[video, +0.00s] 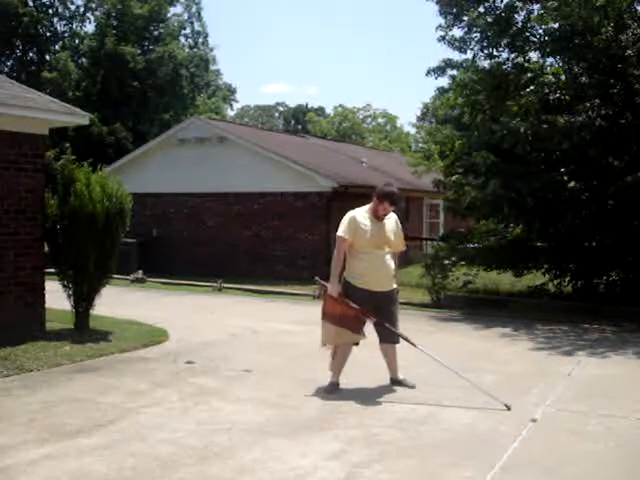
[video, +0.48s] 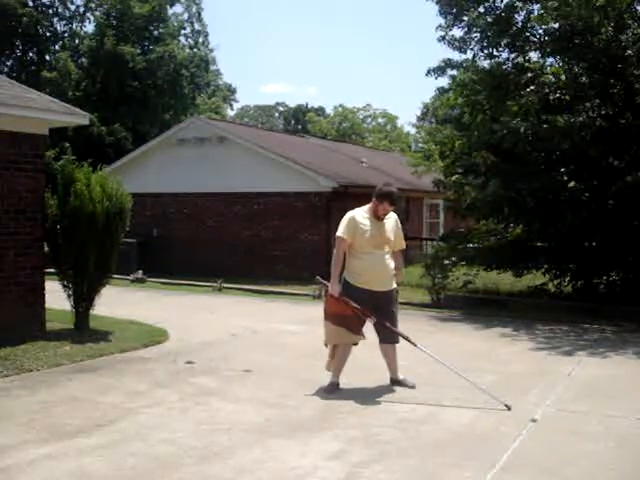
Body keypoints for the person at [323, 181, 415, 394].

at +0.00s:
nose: (386, 211)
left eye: (390, 208)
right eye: (384, 206)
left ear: (393, 207)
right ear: (375, 200)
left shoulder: (392, 221)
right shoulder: (354, 218)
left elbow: (395, 252)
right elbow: (340, 250)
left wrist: (390, 276)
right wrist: (334, 281)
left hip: (386, 290)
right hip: (356, 288)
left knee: (389, 337)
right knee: (346, 335)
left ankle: (395, 376)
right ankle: (334, 380)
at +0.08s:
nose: (386, 211)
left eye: (390, 208)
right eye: (384, 206)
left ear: (393, 207)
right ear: (375, 200)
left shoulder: (393, 221)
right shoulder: (354, 218)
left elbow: (396, 253)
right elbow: (340, 250)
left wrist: (392, 277)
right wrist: (334, 280)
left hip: (386, 290)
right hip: (356, 287)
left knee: (389, 337)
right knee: (346, 335)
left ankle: (395, 376)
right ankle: (334, 380)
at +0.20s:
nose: (386, 212)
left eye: (390, 208)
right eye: (384, 206)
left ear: (393, 206)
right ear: (375, 201)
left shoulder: (393, 220)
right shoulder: (354, 218)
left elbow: (396, 252)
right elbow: (339, 250)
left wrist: (398, 275)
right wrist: (334, 281)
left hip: (386, 289)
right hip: (356, 287)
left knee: (389, 336)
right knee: (346, 334)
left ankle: (395, 376)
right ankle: (334, 380)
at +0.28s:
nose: (386, 211)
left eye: (390, 208)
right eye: (384, 206)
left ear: (393, 206)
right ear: (375, 201)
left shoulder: (393, 220)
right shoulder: (354, 218)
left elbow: (397, 252)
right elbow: (340, 250)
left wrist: (398, 275)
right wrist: (334, 281)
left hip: (386, 289)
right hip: (355, 287)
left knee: (389, 336)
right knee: (347, 334)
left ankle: (395, 376)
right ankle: (334, 379)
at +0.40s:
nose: (387, 211)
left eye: (390, 208)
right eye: (384, 206)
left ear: (393, 206)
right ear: (375, 201)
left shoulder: (393, 220)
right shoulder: (354, 218)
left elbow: (397, 250)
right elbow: (340, 249)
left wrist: (399, 270)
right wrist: (334, 280)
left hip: (386, 289)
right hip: (355, 287)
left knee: (389, 336)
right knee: (346, 334)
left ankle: (395, 376)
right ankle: (334, 379)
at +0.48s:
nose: (386, 211)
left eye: (390, 208)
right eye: (384, 206)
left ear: (393, 206)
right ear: (374, 201)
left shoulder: (392, 220)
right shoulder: (353, 218)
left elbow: (397, 250)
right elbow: (340, 249)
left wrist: (399, 269)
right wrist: (335, 280)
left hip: (385, 289)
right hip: (355, 287)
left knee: (389, 336)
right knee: (346, 334)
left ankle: (395, 376)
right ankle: (334, 379)